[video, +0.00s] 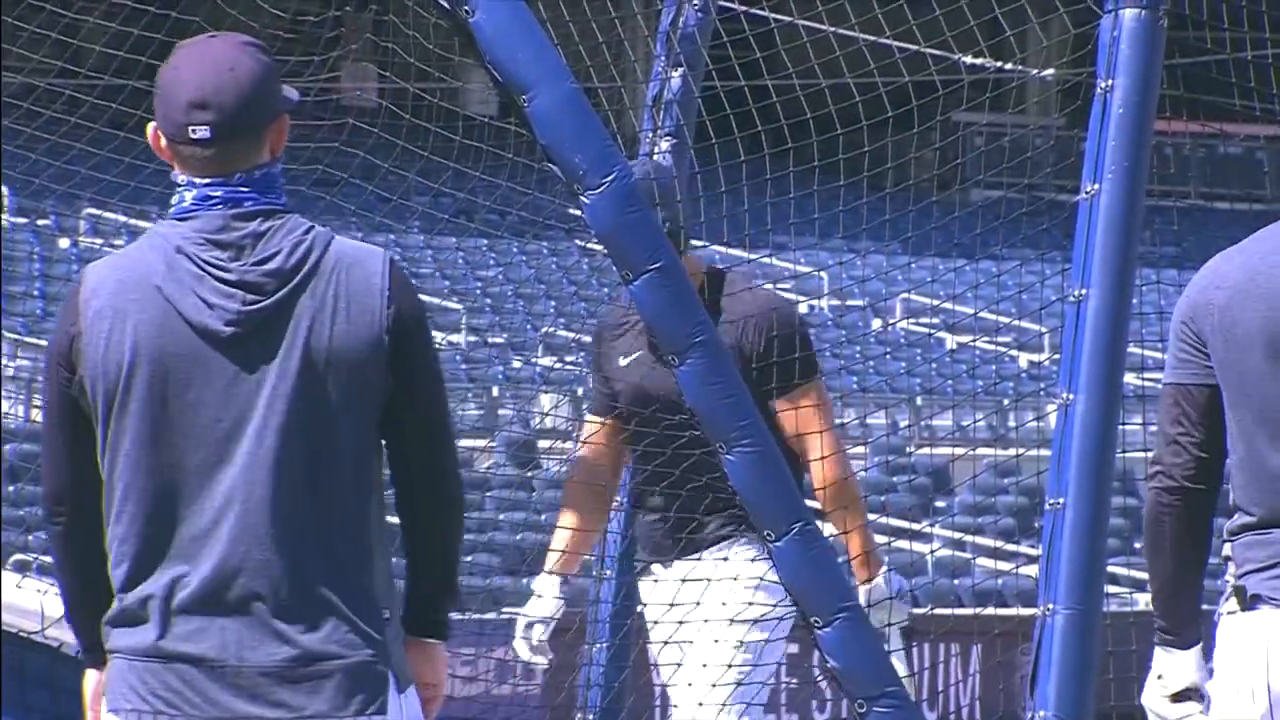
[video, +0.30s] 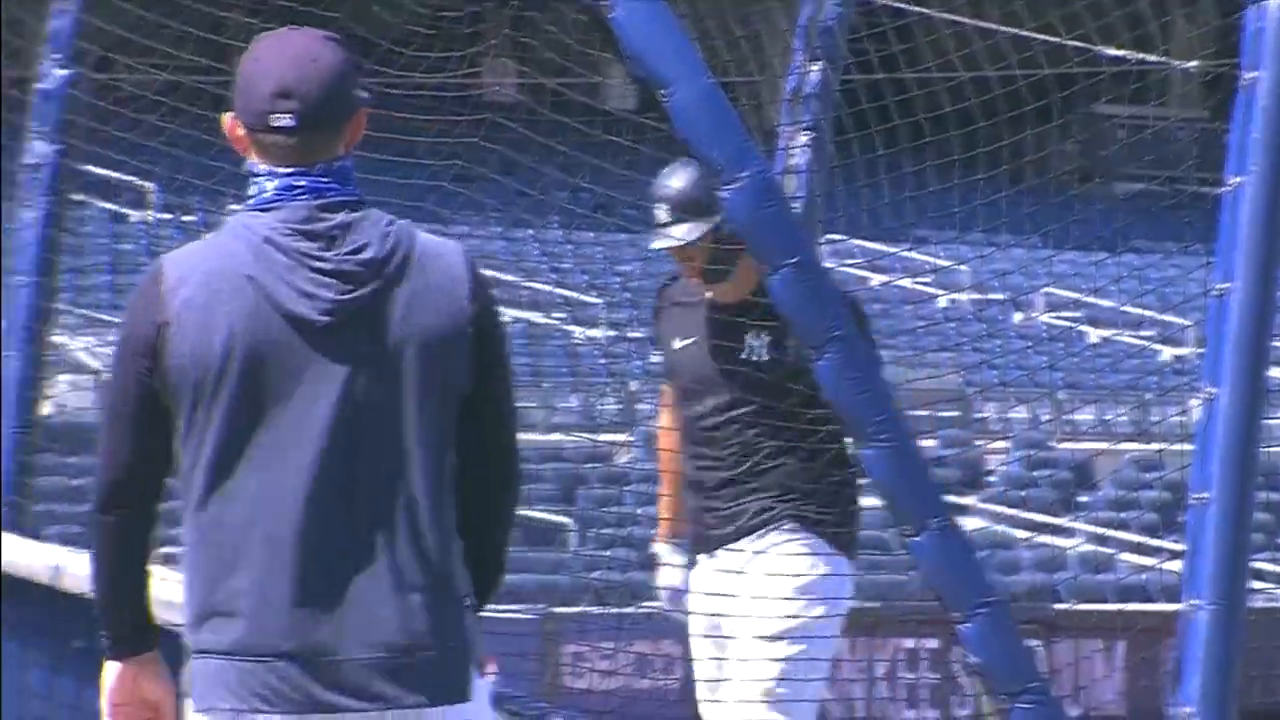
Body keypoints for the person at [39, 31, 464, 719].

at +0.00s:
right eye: (286, 115)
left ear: (158, 145)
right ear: (280, 135)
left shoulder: (100, 295)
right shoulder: (371, 283)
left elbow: (69, 503)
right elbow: (430, 479)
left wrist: (99, 650)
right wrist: (428, 629)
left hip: (159, 683)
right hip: (339, 680)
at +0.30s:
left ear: (235, 135)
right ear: (358, 126)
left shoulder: (177, 286)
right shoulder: (450, 276)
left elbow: (123, 489)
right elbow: (492, 467)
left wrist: (129, 646)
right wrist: (459, 595)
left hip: (243, 673)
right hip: (419, 674)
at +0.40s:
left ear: (290, 130)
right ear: (413, 125)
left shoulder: (237, 281)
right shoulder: (500, 271)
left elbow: (173, 490)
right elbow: (543, 466)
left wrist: (166, 648)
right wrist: (507, 592)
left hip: (306, 675)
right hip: (478, 676)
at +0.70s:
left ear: (276, 121)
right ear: (402, 129)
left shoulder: (236, 272)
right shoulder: (479, 280)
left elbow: (176, 488)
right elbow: (506, 490)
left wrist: (153, 658)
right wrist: (461, 614)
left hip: (300, 669)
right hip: (454, 669)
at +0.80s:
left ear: (259, 120)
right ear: (385, 129)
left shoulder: (225, 270)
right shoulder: (461, 278)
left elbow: (170, 483)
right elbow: (482, 484)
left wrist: (149, 660)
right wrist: (445, 625)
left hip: (286, 664)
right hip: (434, 664)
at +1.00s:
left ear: (216, 116)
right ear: (341, 132)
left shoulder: (192, 268)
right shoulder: (408, 282)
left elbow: (139, 485)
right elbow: (420, 484)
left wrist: (114, 663)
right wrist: (378, 619)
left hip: (243, 670)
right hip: (384, 669)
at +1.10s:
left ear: (197, 110)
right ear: (322, 129)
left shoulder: (170, 257)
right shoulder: (379, 277)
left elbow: (114, 472)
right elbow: (378, 484)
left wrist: (88, 652)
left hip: (207, 678)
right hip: (354, 679)